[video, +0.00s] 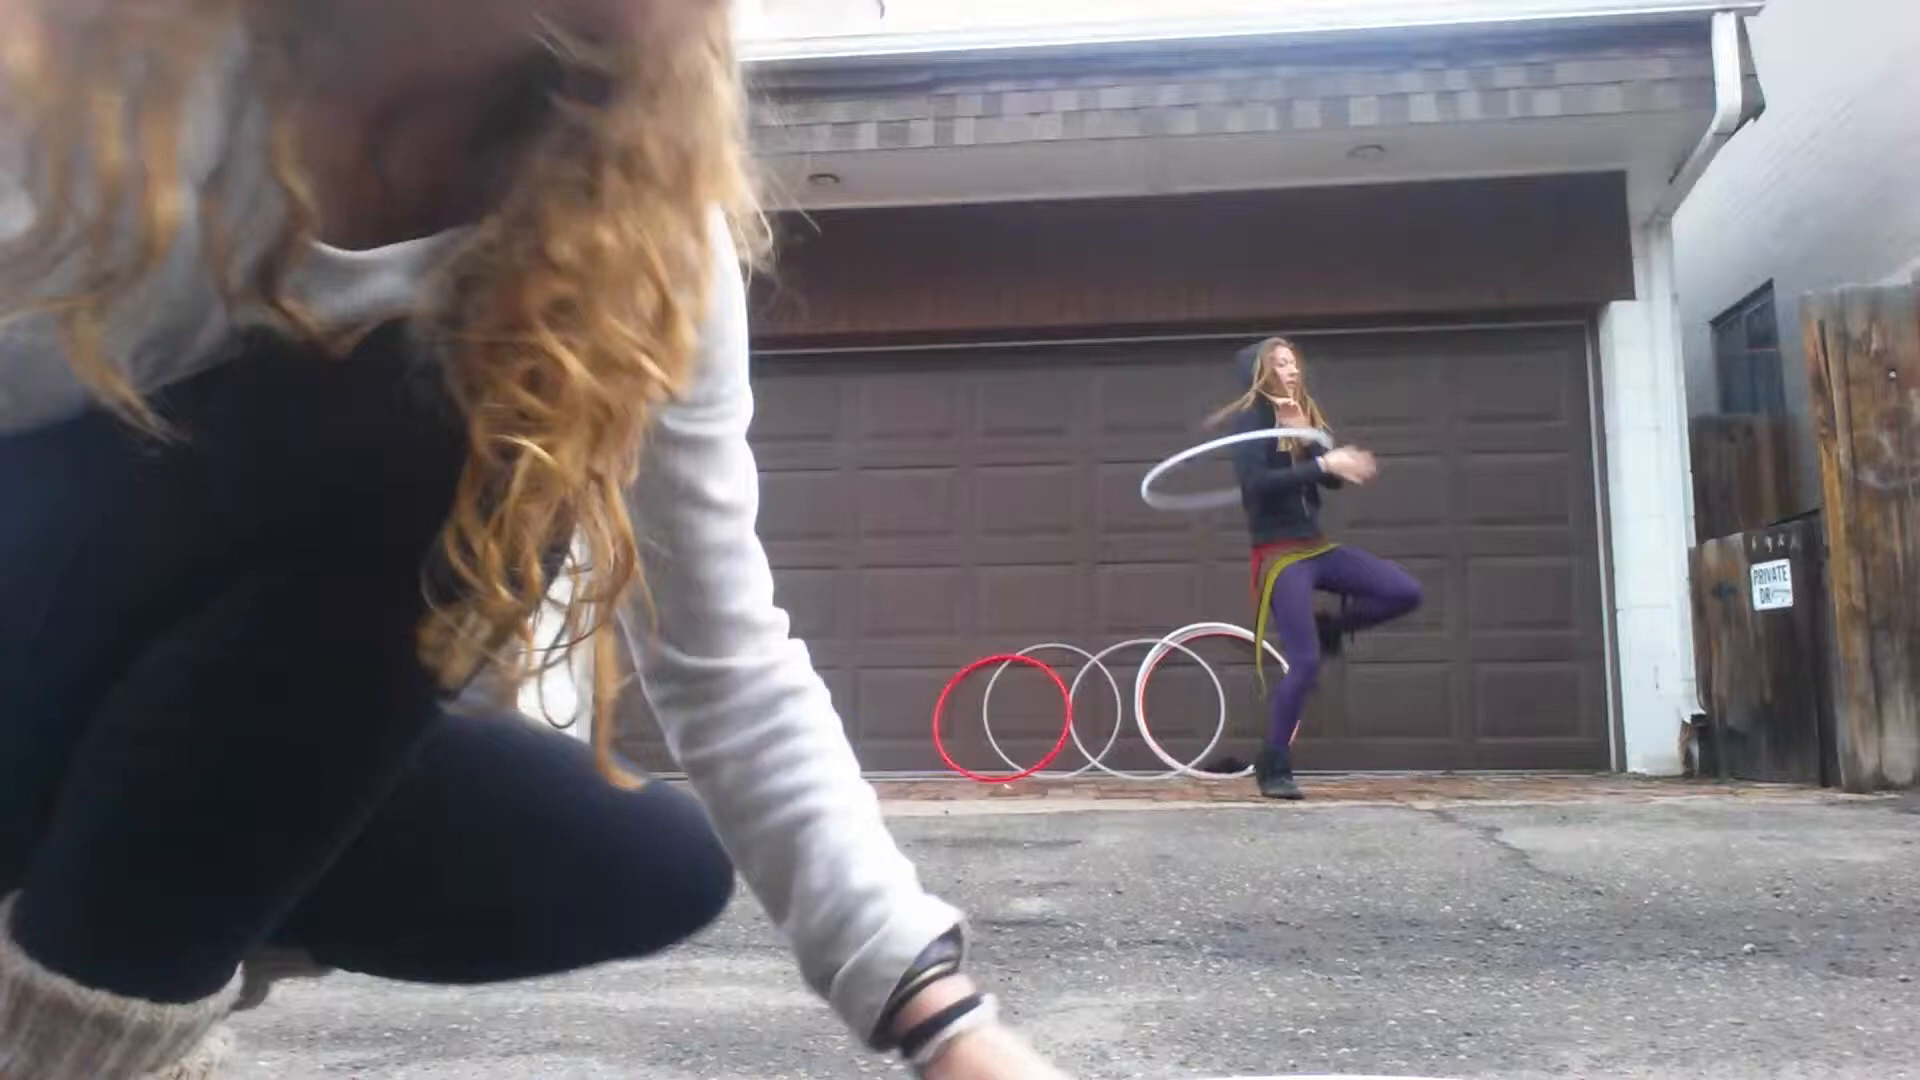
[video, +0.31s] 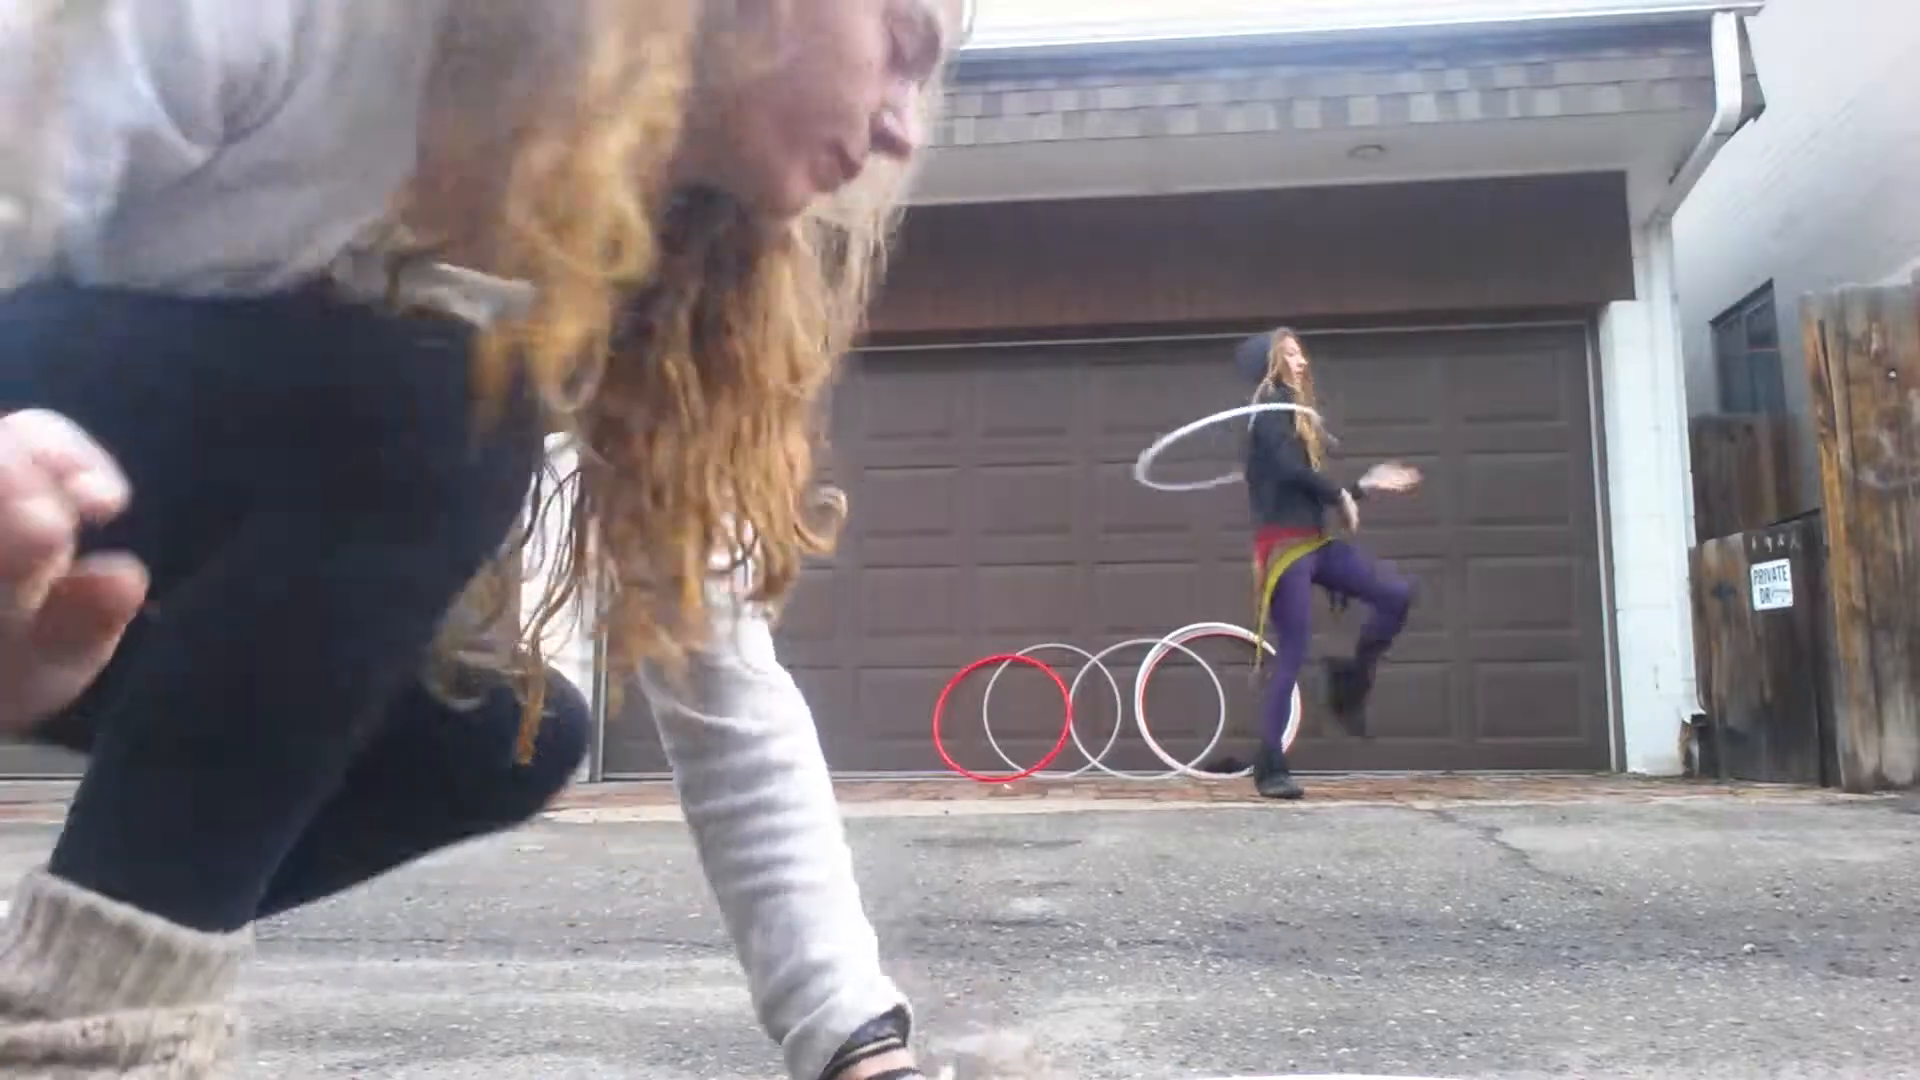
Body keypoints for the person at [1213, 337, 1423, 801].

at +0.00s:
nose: (1287, 369)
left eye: (1291, 361)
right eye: (1276, 363)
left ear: (1300, 369)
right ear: (1262, 373)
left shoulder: (1309, 418)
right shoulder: (1249, 420)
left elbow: (1317, 484)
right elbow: (1255, 483)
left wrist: (1332, 462)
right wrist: (1321, 466)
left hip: (1318, 546)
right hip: (1279, 554)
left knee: (1404, 593)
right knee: (1305, 662)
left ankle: (1332, 626)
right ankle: (1274, 765)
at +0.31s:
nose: (1300, 360)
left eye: (1299, 352)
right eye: (1289, 354)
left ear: (1301, 361)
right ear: (1271, 364)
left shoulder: (1296, 414)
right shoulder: (1271, 411)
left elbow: (1308, 484)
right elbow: (1288, 470)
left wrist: (1362, 485)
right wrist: (1337, 493)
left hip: (1317, 540)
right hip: (1285, 546)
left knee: (1396, 595)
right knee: (1292, 649)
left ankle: (1355, 680)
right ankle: (1270, 763)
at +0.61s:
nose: (1337, 367)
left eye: (1336, 359)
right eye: (1327, 361)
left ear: (1332, 366)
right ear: (1307, 369)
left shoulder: (1336, 417)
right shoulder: (1297, 418)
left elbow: (1348, 476)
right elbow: (1315, 485)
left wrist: (1374, 455)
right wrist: (1373, 489)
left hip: (1356, 548)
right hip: (1315, 551)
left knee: (1387, 654)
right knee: (1309, 655)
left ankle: (1406, 763)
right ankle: (1273, 763)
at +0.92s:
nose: (1360, 385)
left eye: (1368, 378)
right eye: (1351, 378)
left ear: (1379, 385)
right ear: (1336, 386)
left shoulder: (1393, 429)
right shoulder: (1316, 437)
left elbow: (1387, 469)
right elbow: (1292, 503)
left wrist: (1329, 469)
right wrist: (1256, 485)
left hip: (1386, 562)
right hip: (1332, 560)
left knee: (1416, 662)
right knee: (1326, 659)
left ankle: (1408, 766)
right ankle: (1289, 764)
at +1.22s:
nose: (1338, 381)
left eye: (1345, 374)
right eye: (1330, 373)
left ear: (1355, 382)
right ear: (1312, 378)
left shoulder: (1364, 425)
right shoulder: (1290, 425)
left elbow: (1369, 483)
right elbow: (1282, 497)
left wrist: (1326, 440)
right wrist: (1321, 458)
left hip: (1365, 557)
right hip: (1314, 558)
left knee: (1404, 658)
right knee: (1314, 665)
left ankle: (1408, 764)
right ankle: (1282, 765)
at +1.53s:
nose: (1335, 372)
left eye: (1335, 365)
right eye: (1326, 366)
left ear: (1333, 369)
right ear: (1305, 371)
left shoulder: (1331, 420)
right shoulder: (1292, 420)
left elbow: (1340, 492)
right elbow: (1299, 488)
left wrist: (1397, 502)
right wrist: (1357, 505)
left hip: (1348, 545)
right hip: (1311, 551)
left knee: (1424, 586)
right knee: (1314, 662)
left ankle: (1349, 624)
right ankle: (1283, 763)